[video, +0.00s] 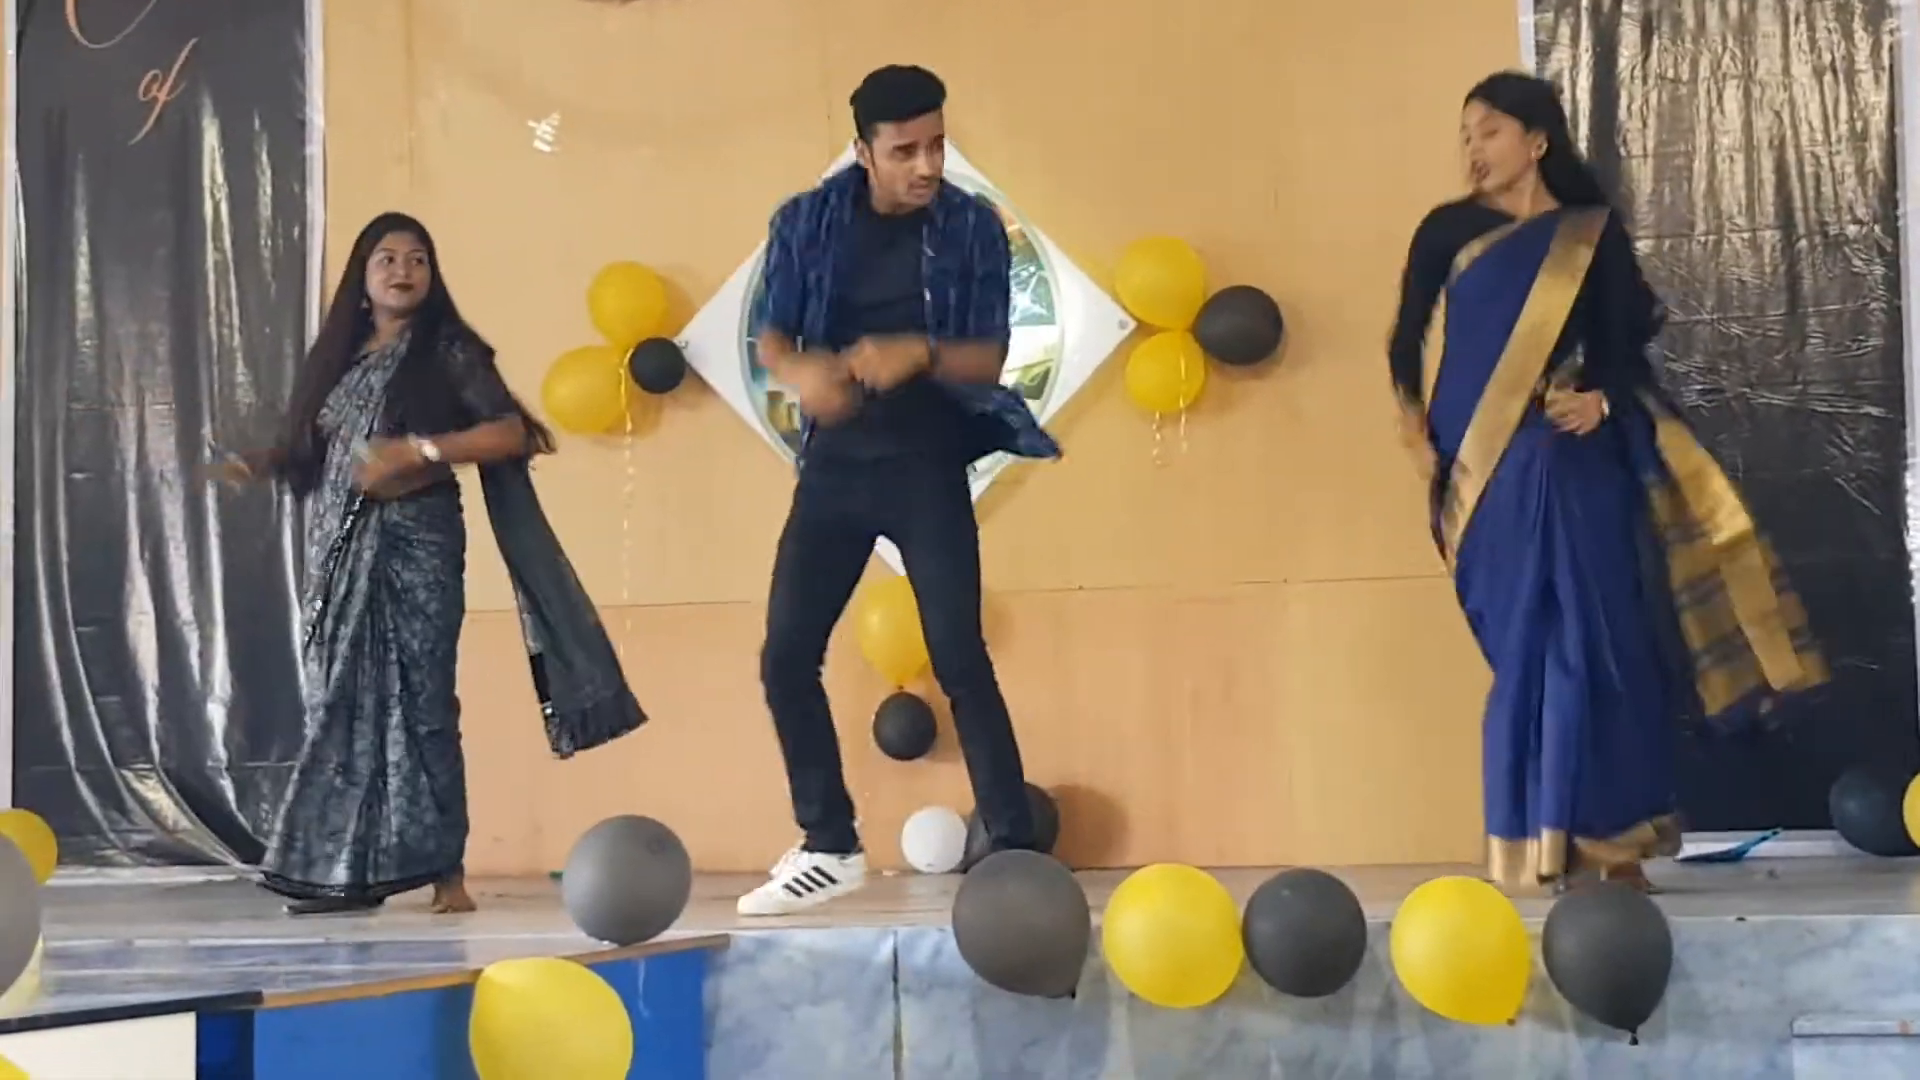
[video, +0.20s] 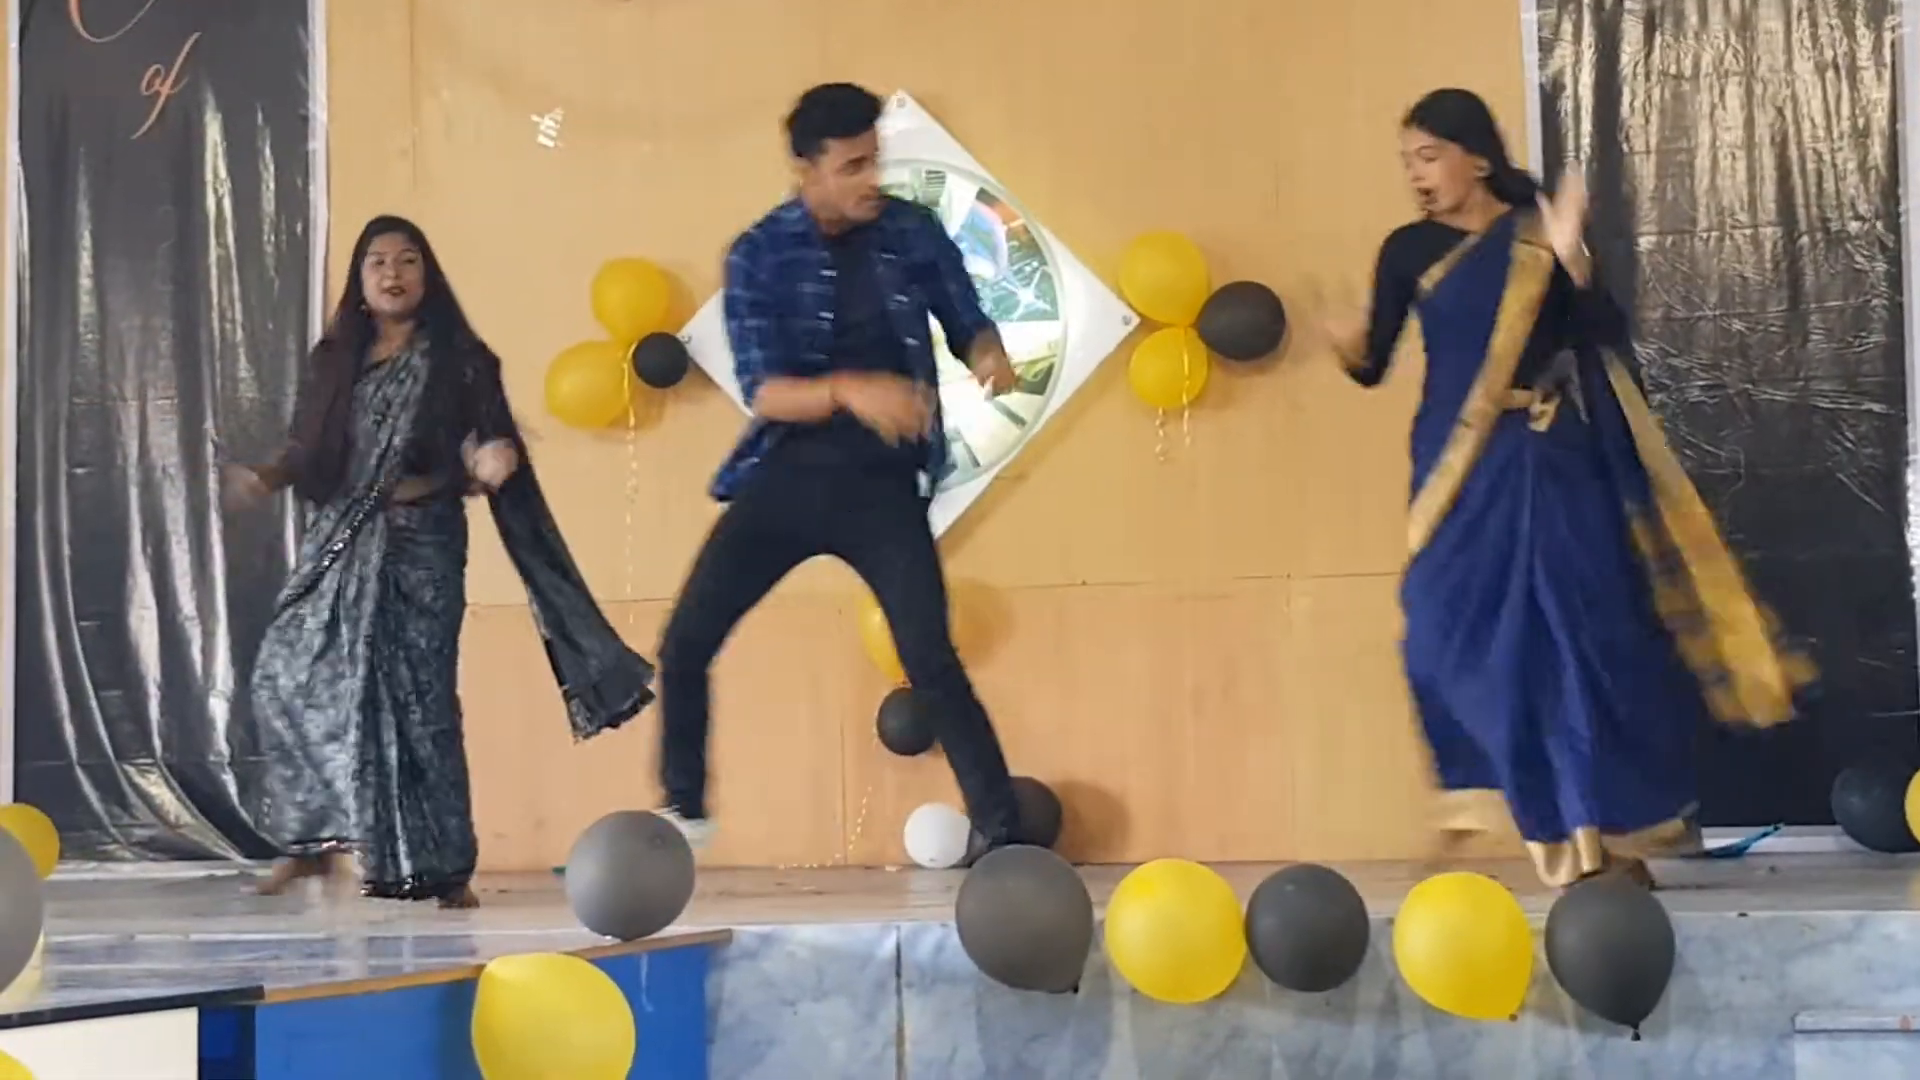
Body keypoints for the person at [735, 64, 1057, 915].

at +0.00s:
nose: (928, 166)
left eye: (936, 146)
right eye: (908, 152)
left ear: (944, 138)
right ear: (865, 149)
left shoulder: (972, 226)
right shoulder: (807, 221)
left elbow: (989, 361)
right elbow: (767, 342)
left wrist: (921, 352)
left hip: (930, 471)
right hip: (833, 472)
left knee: (959, 657)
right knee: (787, 660)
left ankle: (1010, 854)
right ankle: (830, 849)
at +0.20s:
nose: (872, 181)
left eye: (874, 162)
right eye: (852, 168)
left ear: (876, 154)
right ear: (805, 167)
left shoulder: (914, 233)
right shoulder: (760, 253)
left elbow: (972, 329)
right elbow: (763, 394)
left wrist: (992, 365)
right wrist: (851, 391)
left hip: (880, 487)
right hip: (782, 484)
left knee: (931, 664)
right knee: (684, 643)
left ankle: (1002, 834)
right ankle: (685, 813)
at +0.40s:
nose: (721, 183)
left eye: (724, 166)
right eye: (703, 170)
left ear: (726, 162)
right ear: (651, 174)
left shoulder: (767, 231)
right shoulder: (614, 262)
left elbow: (888, 275)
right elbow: (676, 352)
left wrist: (966, 238)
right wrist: (749, 271)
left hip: (790, 497)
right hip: (689, 508)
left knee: (875, 657)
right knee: (610, 677)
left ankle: (996, 823)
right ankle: (546, 851)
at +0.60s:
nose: (620, 191)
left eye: (623, 174)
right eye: (601, 180)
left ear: (625, 165)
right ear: (550, 182)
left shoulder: (670, 231)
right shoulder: (521, 278)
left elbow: (780, 284)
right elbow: (586, 379)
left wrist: (875, 263)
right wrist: (672, 308)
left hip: (712, 479)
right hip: (614, 496)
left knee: (779, 629)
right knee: (565, 673)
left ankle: (848, 805)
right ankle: (543, 853)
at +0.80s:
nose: (597, 166)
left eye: (602, 149)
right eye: (578, 157)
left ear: (606, 136)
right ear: (530, 156)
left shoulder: (657, 200)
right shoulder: (505, 254)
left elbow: (757, 269)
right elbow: (562, 362)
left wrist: (847, 256)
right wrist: (650, 293)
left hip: (686, 457)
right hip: (589, 469)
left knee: (692, 638)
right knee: (560, 655)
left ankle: (679, 824)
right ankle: (541, 843)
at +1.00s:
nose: (596, 166)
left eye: (615, 149)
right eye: (580, 149)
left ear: (640, 139)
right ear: (558, 140)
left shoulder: (689, 213)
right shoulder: (530, 242)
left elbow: (766, 311)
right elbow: (543, 377)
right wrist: (612, 340)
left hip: (693, 450)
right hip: (595, 460)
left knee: (724, 603)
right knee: (566, 649)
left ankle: (728, 784)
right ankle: (542, 839)